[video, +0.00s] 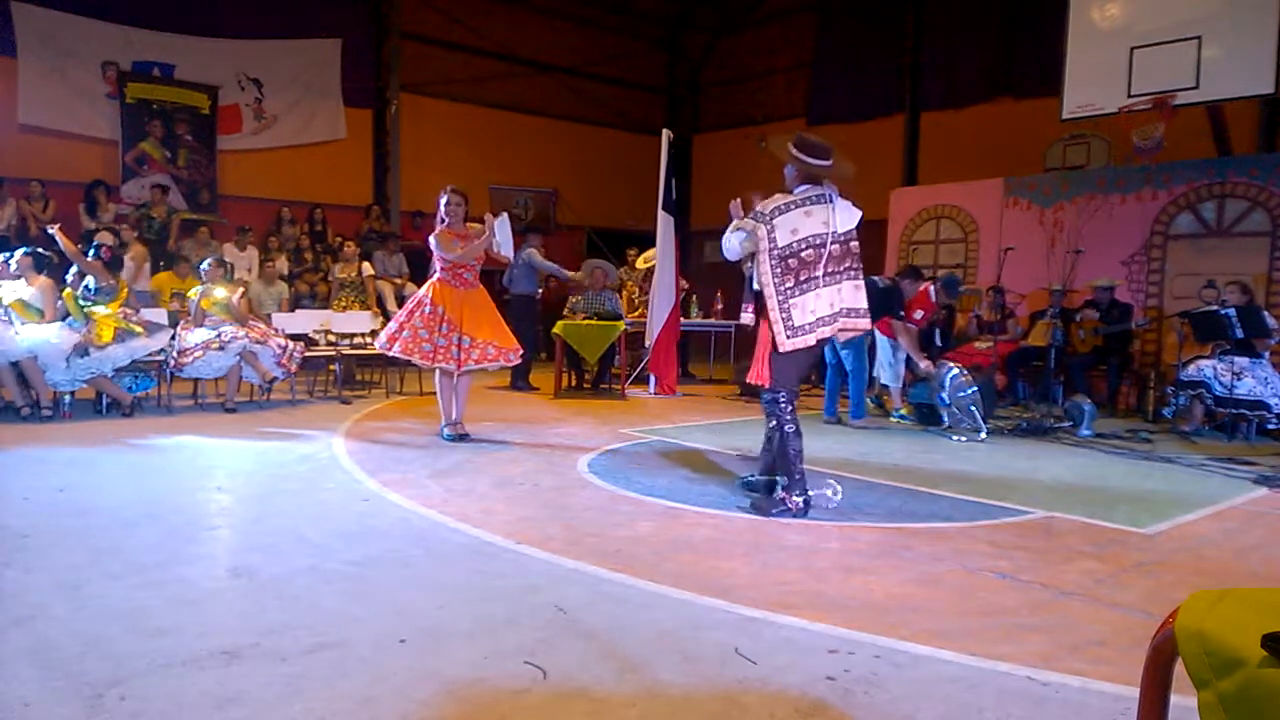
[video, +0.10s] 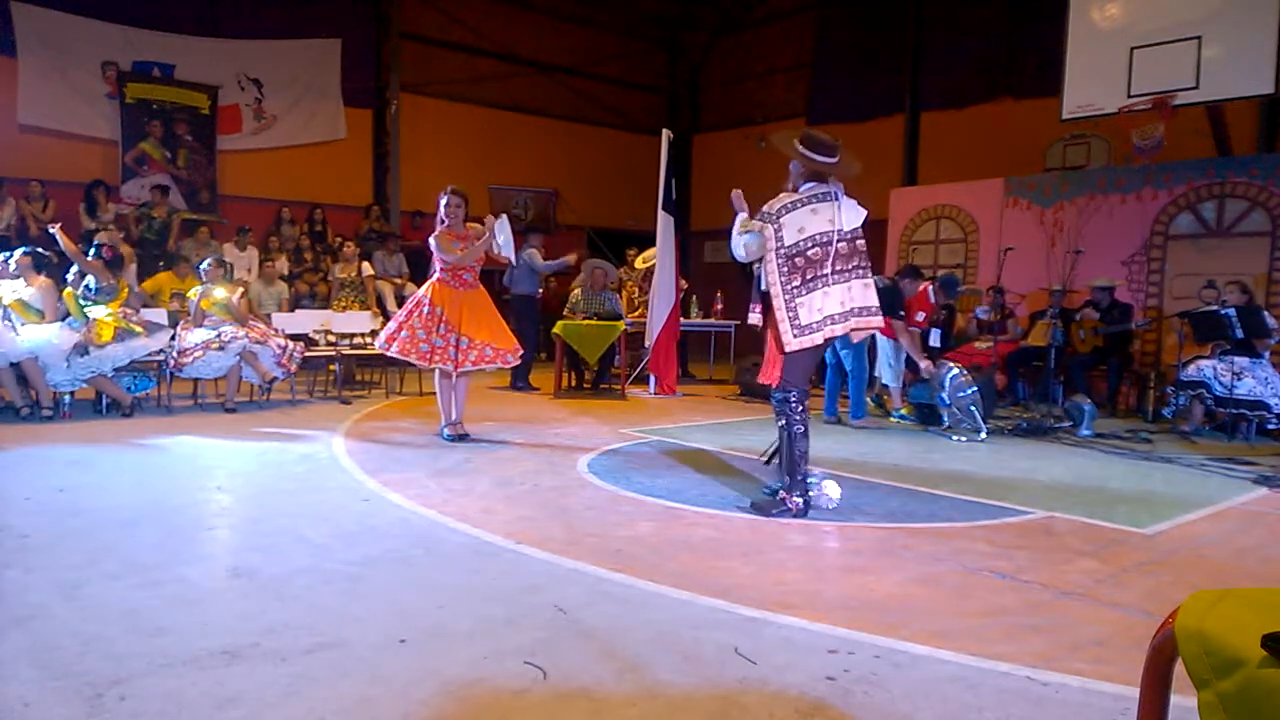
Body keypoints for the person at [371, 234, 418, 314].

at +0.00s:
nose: (396, 244)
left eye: (397, 242)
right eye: (393, 242)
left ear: (398, 243)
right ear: (386, 243)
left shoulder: (400, 255)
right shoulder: (378, 255)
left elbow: (405, 272)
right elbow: (379, 274)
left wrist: (402, 283)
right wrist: (393, 282)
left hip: (398, 278)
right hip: (384, 278)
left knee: (412, 289)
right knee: (387, 289)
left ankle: (413, 313)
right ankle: (394, 314)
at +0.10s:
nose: (395, 244)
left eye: (396, 242)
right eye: (392, 241)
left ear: (398, 243)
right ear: (386, 243)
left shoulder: (400, 255)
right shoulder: (378, 255)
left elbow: (405, 272)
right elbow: (379, 274)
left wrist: (403, 282)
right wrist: (393, 282)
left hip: (397, 278)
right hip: (383, 278)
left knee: (412, 289)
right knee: (387, 289)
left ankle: (414, 313)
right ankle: (394, 314)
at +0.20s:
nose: (395, 244)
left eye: (396, 242)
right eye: (392, 242)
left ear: (398, 243)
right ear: (386, 243)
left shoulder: (400, 255)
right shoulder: (378, 255)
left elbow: (405, 272)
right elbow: (379, 274)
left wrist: (403, 282)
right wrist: (393, 282)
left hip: (397, 278)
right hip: (383, 278)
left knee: (412, 289)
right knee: (387, 289)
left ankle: (414, 313)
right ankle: (394, 314)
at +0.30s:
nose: (395, 244)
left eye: (396, 242)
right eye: (392, 242)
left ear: (398, 243)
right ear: (386, 243)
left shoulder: (400, 255)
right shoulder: (378, 255)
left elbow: (405, 272)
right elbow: (379, 274)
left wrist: (403, 282)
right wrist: (393, 282)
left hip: (397, 278)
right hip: (384, 278)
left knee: (412, 289)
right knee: (387, 289)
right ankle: (393, 313)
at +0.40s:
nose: (395, 244)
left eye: (396, 241)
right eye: (392, 241)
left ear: (398, 243)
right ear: (386, 243)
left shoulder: (400, 255)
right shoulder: (378, 255)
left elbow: (405, 272)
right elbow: (379, 274)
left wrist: (403, 282)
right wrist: (393, 281)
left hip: (397, 278)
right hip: (384, 278)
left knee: (412, 289)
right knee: (386, 289)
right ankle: (393, 313)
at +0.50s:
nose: (395, 244)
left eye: (396, 241)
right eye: (392, 241)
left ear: (398, 243)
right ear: (386, 243)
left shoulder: (400, 255)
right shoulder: (378, 255)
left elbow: (405, 272)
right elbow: (379, 274)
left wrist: (403, 282)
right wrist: (393, 281)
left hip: (397, 278)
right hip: (384, 278)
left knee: (412, 289)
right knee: (386, 289)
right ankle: (393, 313)